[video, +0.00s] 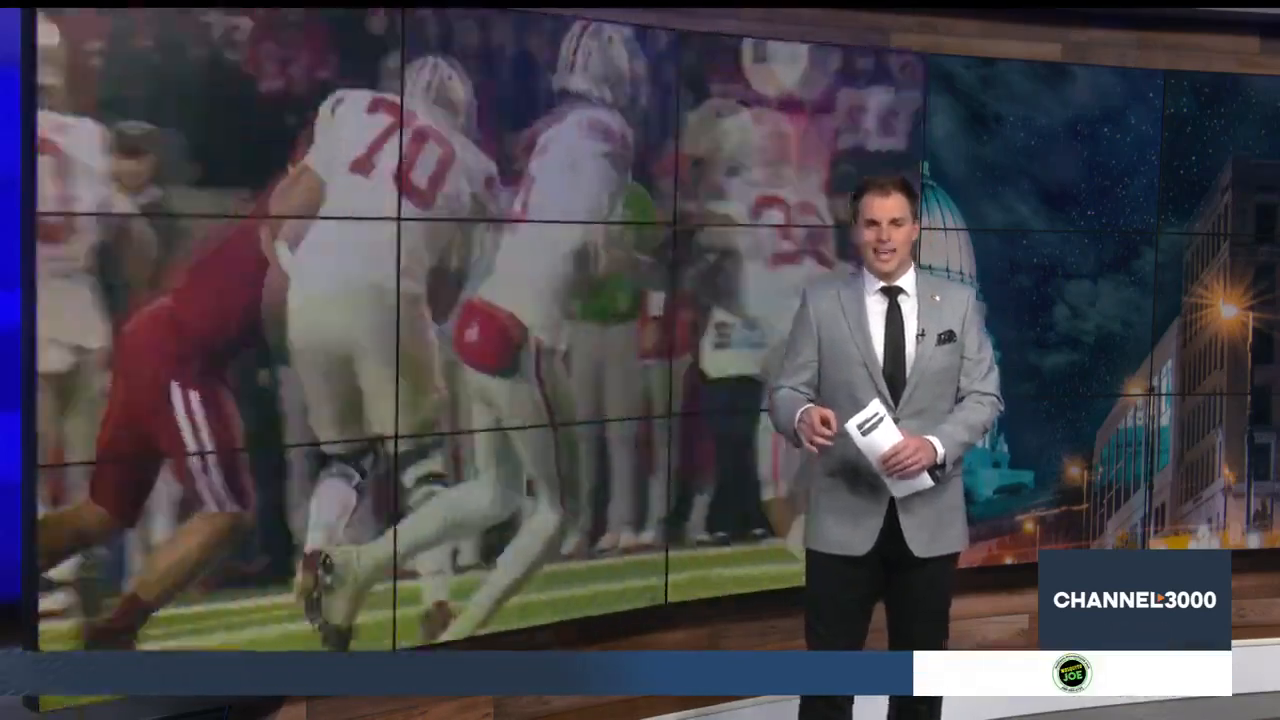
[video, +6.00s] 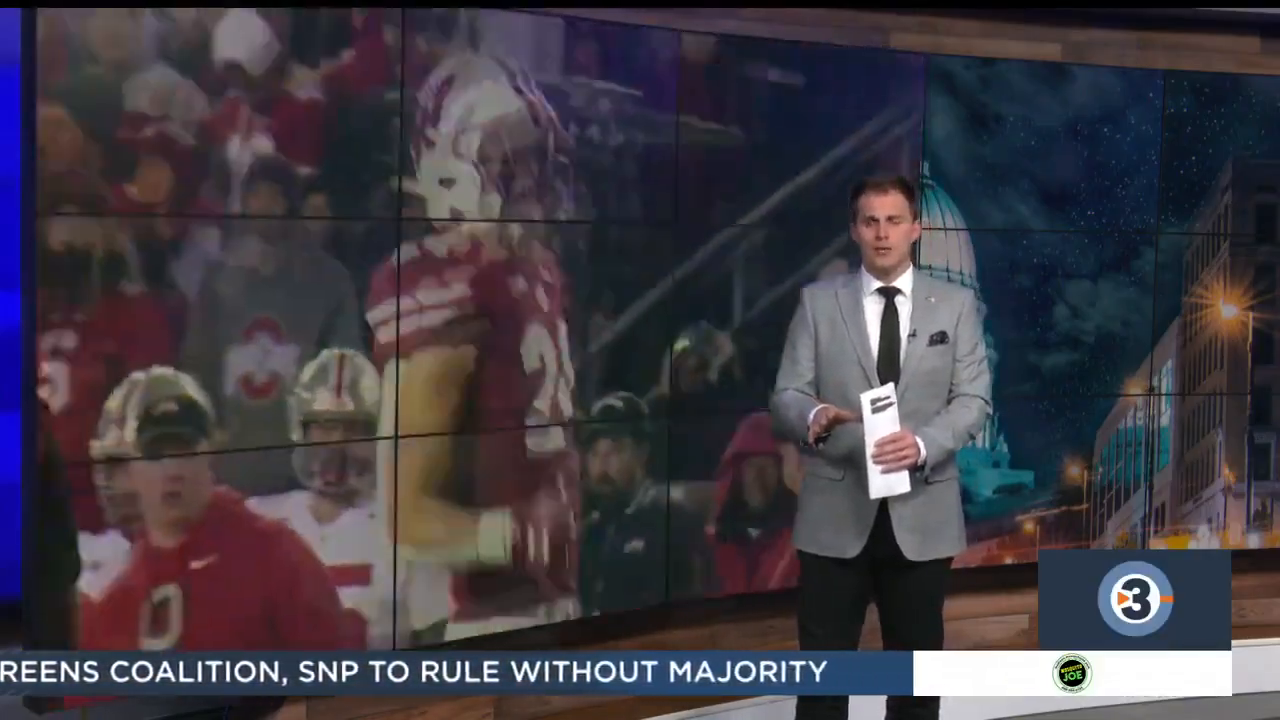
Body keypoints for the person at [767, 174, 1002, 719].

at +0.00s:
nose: (883, 236)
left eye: (896, 223)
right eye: (871, 224)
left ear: (916, 229)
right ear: (855, 230)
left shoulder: (959, 302)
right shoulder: (821, 302)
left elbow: (983, 399)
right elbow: (786, 392)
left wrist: (937, 444)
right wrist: (800, 415)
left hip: (928, 515)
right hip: (842, 515)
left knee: (922, 673)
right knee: (828, 673)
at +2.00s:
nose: (906, 233)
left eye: (919, 221)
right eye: (895, 220)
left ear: (937, 230)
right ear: (877, 228)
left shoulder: (972, 305)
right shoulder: (839, 301)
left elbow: (995, 402)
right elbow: (799, 378)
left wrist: (963, 457)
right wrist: (789, 398)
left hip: (938, 514)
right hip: (852, 512)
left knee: (928, 673)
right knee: (836, 671)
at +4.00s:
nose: (905, 236)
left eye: (916, 223)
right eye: (892, 223)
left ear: (932, 230)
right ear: (871, 231)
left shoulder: (971, 304)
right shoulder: (833, 304)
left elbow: (997, 402)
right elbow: (796, 394)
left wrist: (957, 465)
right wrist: (857, 429)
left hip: (939, 518)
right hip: (853, 515)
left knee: (929, 675)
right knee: (836, 673)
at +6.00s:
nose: (881, 233)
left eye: (894, 221)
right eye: (870, 222)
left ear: (916, 229)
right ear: (855, 230)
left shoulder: (957, 304)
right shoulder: (818, 301)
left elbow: (973, 402)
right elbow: (787, 395)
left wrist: (924, 443)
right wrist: (815, 418)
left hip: (921, 513)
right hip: (835, 512)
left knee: (918, 671)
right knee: (822, 670)